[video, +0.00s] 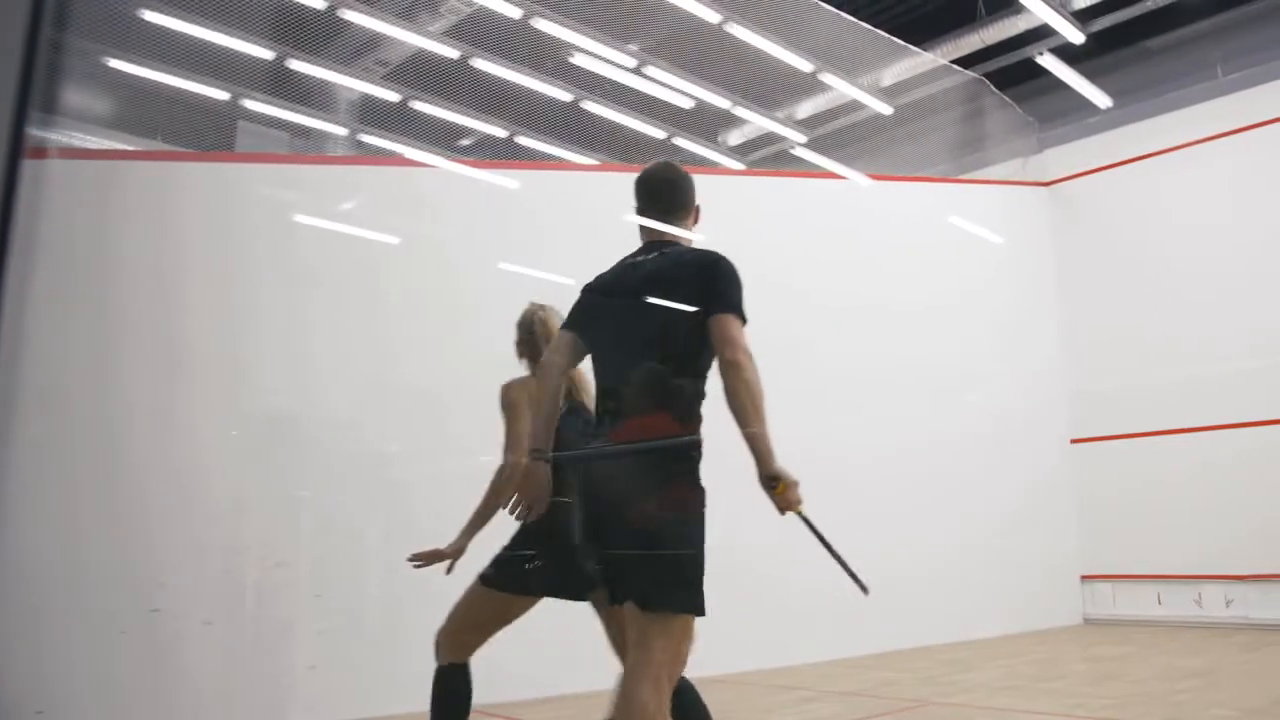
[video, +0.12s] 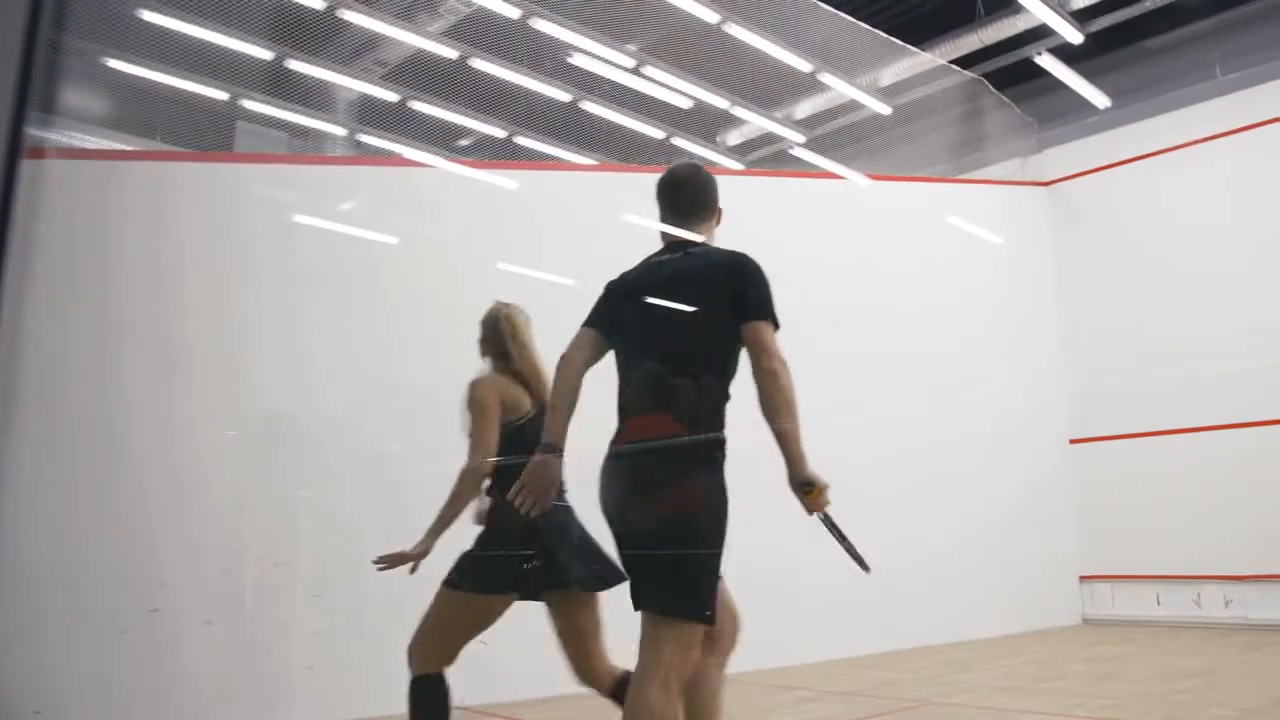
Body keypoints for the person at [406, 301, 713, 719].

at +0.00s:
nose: (518, 348)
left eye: (519, 341)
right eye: (523, 340)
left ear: (523, 346)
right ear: (563, 343)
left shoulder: (520, 391)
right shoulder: (593, 384)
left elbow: (515, 466)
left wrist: (462, 540)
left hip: (546, 538)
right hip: (600, 534)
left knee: (453, 644)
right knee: (643, 658)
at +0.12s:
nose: (479, 341)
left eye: (482, 335)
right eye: (482, 334)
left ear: (488, 341)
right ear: (523, 339)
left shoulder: (488, 388)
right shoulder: (543, 389)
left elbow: (479, 468)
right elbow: (543, 467)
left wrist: (427, 540)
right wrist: (498, 504)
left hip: (510, 542)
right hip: (561, 539)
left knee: (427, 656)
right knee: (595, 669)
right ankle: (672, 711)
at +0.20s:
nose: (454, 342)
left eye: (457, 335)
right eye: (456, 334)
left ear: (465, 340)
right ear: (499, 340)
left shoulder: (466, 386)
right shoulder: (515, 396)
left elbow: (453, 470)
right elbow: (504, 501)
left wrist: (401, 544)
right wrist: (438, 506)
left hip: (492, 539)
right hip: (538, 540)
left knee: (408, 655)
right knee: (547, 675)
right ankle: (633, 716)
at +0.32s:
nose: (419, 347)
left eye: (422, 339)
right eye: (421, 338)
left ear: (429, 342)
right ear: (462, 342)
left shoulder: (433, 387)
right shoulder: (480, 396)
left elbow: (415, 476)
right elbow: (456, 494)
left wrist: (363, 545)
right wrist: (388, 487)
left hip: (465, 541)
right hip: (509, 545)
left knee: (387, 661)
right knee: (469, 674)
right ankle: (573, 717)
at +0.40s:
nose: (395, 352)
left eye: (396, 344)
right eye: (397, 344)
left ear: (401, 346)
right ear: (440, 345)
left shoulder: (412, 391)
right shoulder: (460, 402)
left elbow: (390, 478)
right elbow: (409, 493)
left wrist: (338, 546)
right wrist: (350, 474)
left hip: (450, 542)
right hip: (491, 547)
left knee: (372, 665)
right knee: (421, 664)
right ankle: (516, 716)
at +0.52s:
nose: (361, 357)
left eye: (364, 348)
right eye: (362, 347)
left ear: (372, 351)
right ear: (405, 350)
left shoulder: (382, 397)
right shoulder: (425, 406)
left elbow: (355, 482)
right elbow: (362, 491)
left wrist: (306, 544)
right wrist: (306, 453)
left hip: (424, 550)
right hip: (456, 550)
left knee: (347, 674)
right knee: (373, 654)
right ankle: (416, 714)